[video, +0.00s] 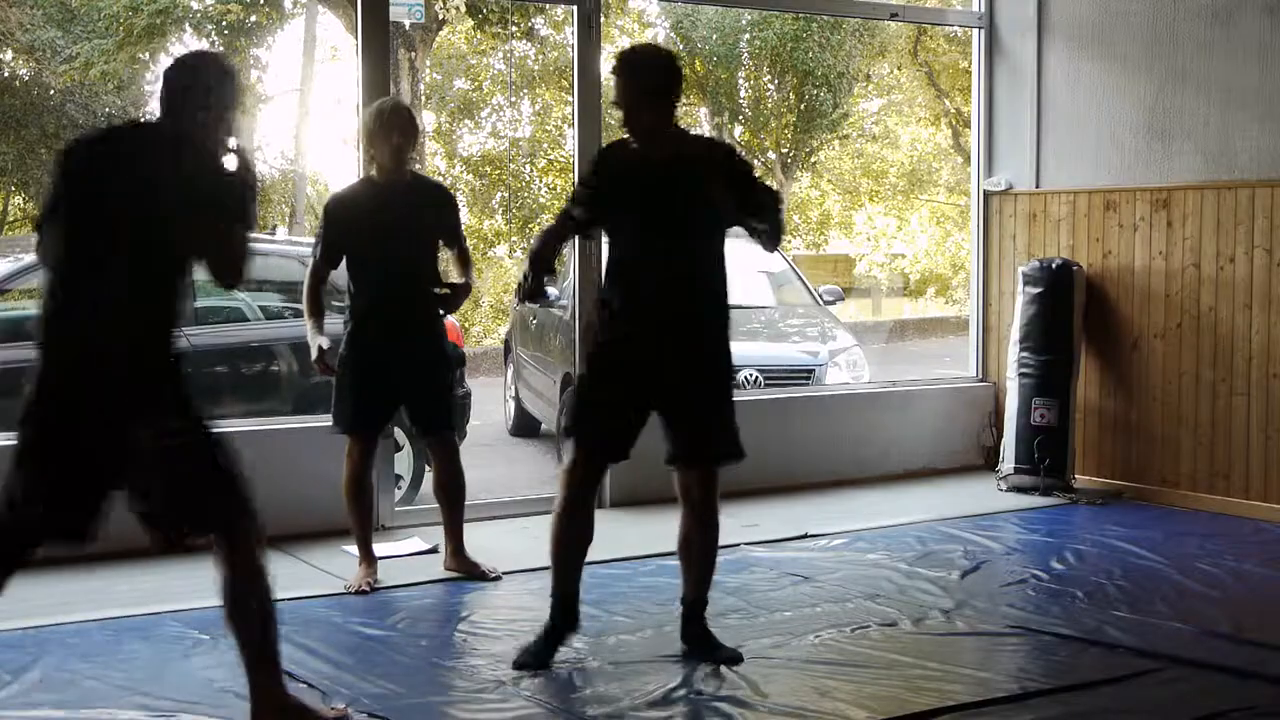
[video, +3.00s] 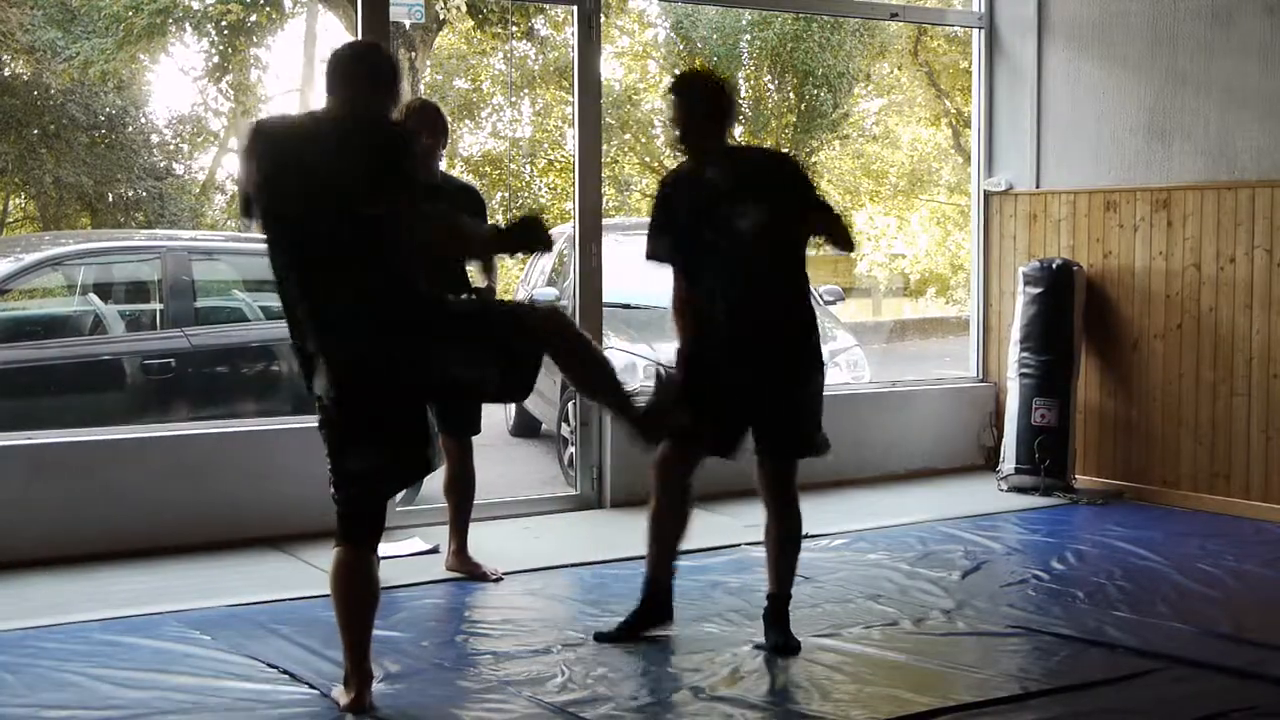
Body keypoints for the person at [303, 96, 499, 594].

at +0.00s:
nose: (402, 144)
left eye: (408, 135)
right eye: (392, 134)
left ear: (417, 138)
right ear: (372, 140)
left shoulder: (436, 196)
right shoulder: (344, 205)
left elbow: (461, 257)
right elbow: (316, 278)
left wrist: (463, 287)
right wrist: (315, 336)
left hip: (424, 337)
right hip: (369, 340)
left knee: (444, 446)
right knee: (360, 449)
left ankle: (455, 552)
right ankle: (365, 561)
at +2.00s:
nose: (430, 141)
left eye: (436, 132)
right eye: (420, 133)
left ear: (447, 138)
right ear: (402, 139)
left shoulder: (466, 198)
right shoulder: (375, 202)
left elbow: (485, 258)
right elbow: (350, 276)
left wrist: (488, 291)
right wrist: (353, 337)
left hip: (452, 337)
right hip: (394, 339)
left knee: (458, 445)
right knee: (377, 447)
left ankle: (457, 551)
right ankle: (368, 561)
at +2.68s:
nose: (429, 142)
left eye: (436, 132)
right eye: (420, 132)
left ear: (446, 138)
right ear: (400, 136)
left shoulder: (462, 196)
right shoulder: (379, 189)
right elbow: (361, 258)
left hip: (452, 329)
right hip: (391, 326)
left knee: (456, 443)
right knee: (381, 435)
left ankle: (457, 550)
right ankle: (363, 548)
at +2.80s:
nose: (427, 143)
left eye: (435, 134)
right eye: (418, 133)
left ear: (447, 140)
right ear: (398, 137)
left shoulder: (464, 198)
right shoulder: (376, 189)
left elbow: (487, 264)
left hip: (450, 331)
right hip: (391, 328)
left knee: (456, 446)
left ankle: (457, 549)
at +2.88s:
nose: (428, 144)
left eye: (435, 133)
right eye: (418, 133)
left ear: (447, 139)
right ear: (398, 136)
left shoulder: (464, 198)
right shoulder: (376, 186)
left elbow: (483, 268)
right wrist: (482, 267)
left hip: (451, 331)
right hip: (393, 326)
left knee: (456, 446)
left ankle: (457, 549)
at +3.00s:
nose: (429, 144)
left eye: (434, 134)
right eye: (422, 134)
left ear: (444, 138)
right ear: (406, 134)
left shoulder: (463, 195)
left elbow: (485, 264)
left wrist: (489, 298)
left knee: (457, 444)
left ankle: (458, 549)